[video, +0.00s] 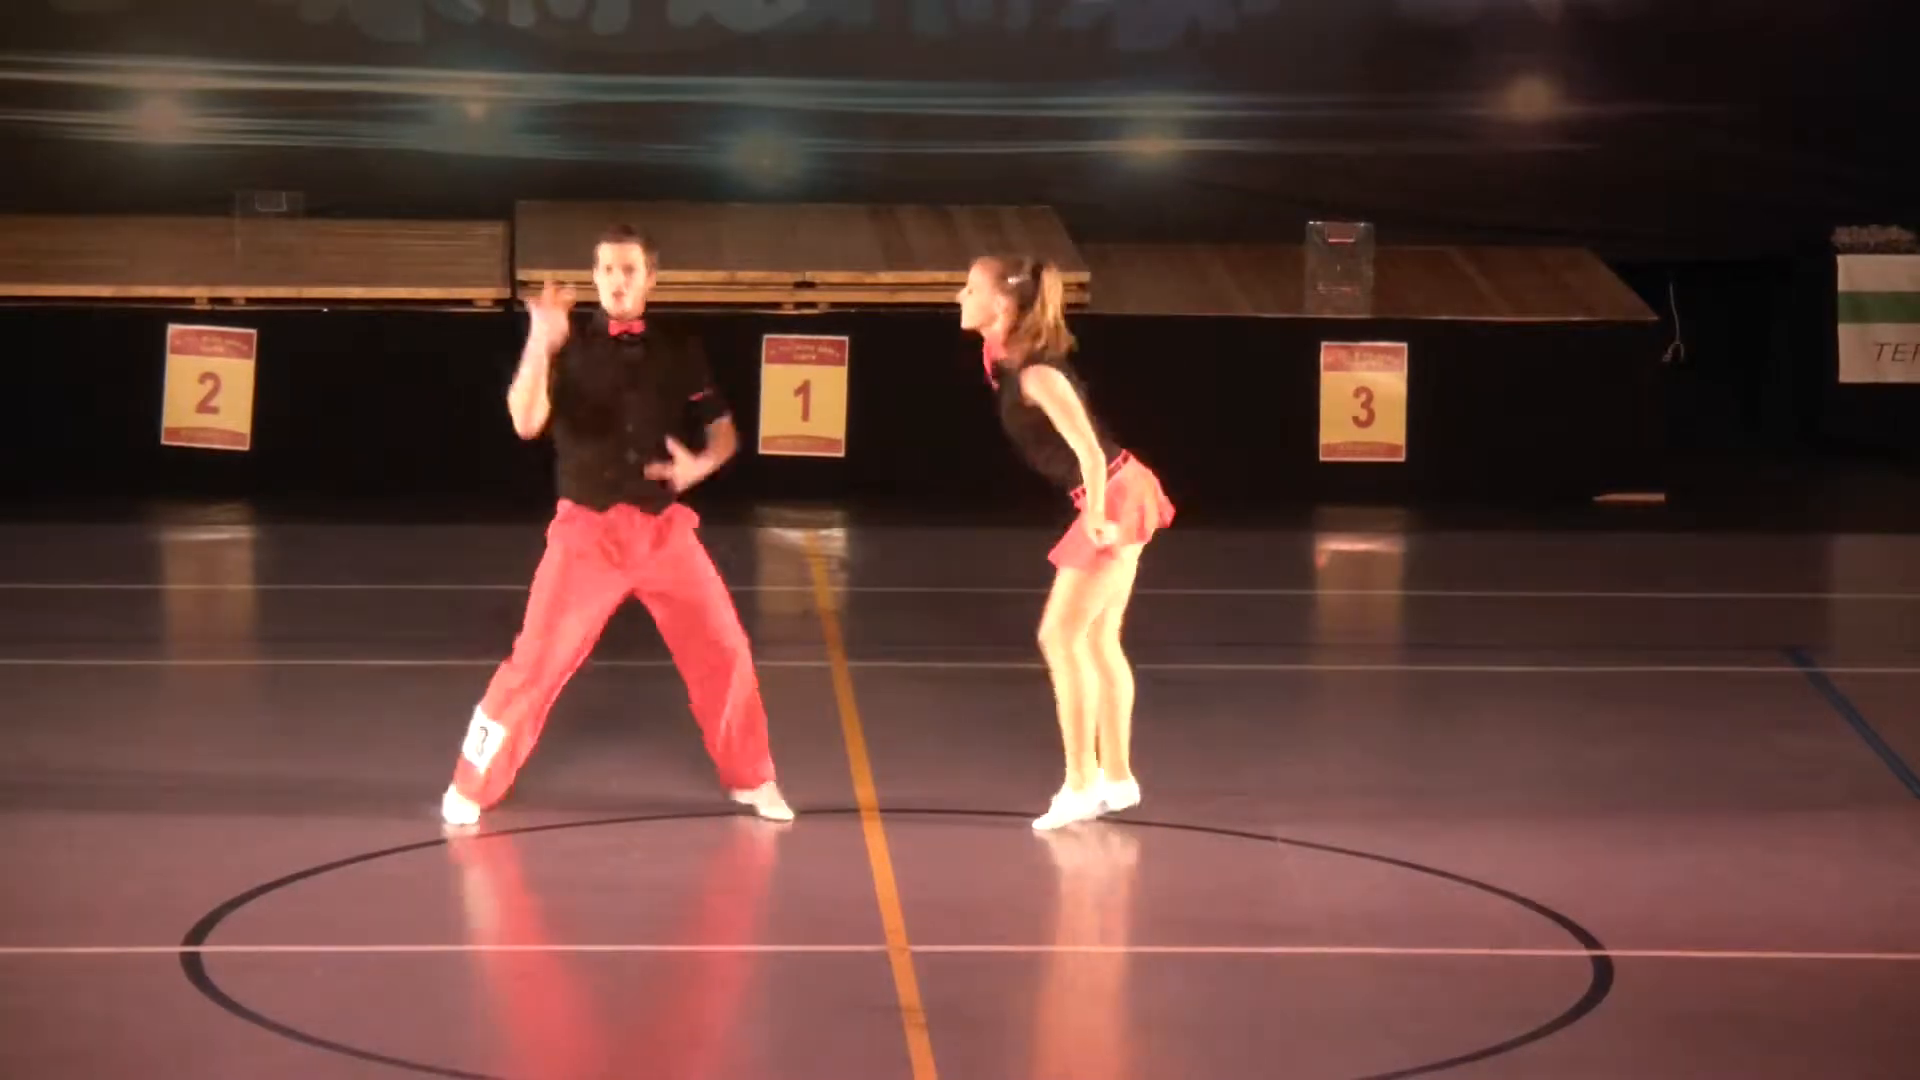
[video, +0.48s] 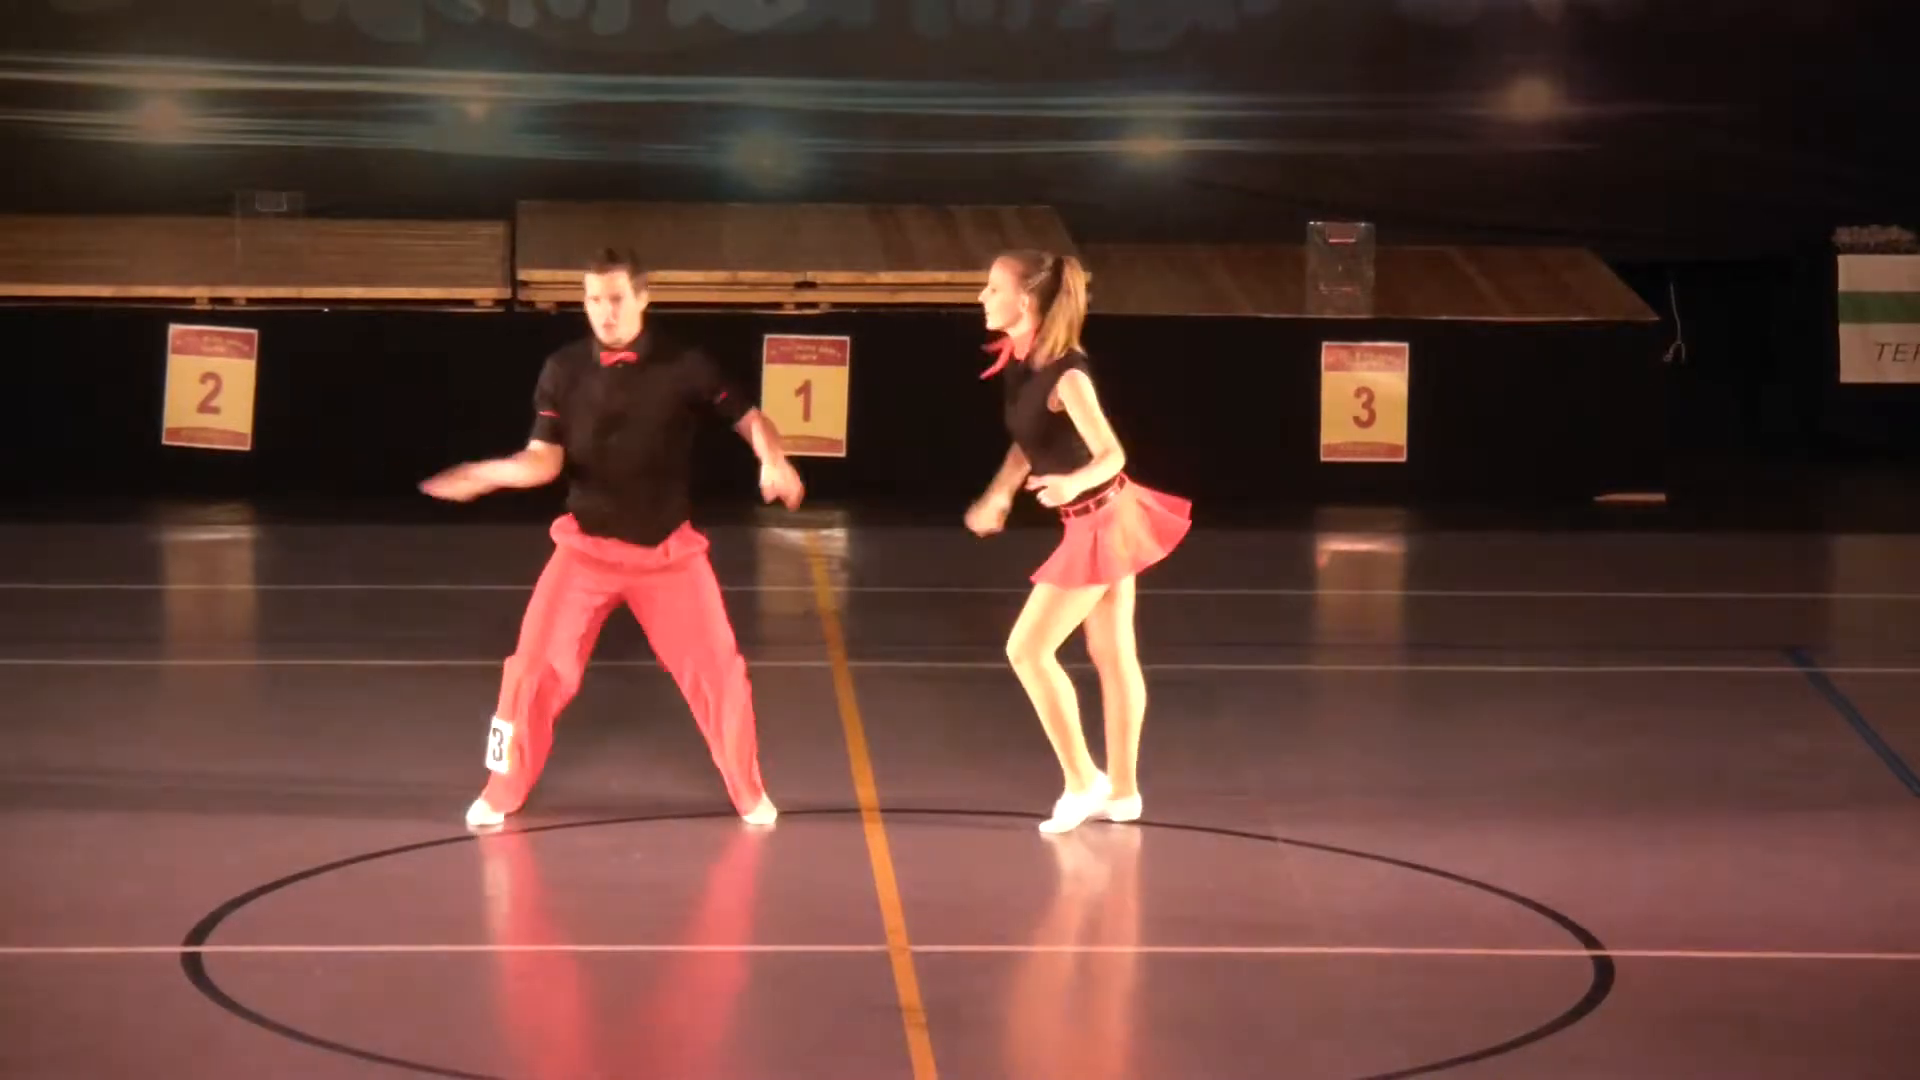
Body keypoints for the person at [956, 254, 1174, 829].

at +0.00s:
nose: (961, 299)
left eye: (971, 290)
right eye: (965, 289)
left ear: (1005, 302)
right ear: (1001, 302)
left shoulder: (1038, 375)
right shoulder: (1017, 364)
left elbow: (1091, 449)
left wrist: (1094, 518)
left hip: (1112, 503)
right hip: (1122, 498)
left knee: (1058, 635)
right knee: (1102, 639)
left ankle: (1082, 780)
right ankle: (1118, 776)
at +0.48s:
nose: (982, 298)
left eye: (994, 288)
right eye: (985, 287)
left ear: (1030, 301)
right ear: (1025, 303)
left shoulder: (1068, 376)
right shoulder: (1023, 368)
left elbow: (1111, 455)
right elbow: (1026, 445)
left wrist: (1070, 484)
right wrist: (998, 496)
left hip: (1103, 527)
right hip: (1100, 523)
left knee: (1028, 650)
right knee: (1115, 656)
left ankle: (1083, 780)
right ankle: (1124, 790)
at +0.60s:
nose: (1009, 272)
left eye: (1019, 262)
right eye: (1011, 261)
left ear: (1054, 268)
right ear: (1043, 269)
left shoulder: (1069, 338)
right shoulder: (1039, 330)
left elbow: (1124, 392)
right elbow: (1029, 389)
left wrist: (1062, 456)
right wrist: (986, 431)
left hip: (1093, 490)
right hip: (1076, 491)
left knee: (1044, 636)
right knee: (1056, 634)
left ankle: (1089, 772)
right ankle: (1094, 765)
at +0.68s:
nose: (1062, 277)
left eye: (1078, 270)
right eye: (1058, 262)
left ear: (1098, 280)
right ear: (1043, 259)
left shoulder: (1081, 337)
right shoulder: (1044, 328)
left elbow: (1126, 398)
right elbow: (1045, 402)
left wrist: (1077, 466)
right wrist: (1012, 444)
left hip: (1078, 498)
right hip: (1052, 495)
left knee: (1072, 637)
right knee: (1007, 618)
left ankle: (1084, 773)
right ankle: (1062, 760)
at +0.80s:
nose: (1092, 309)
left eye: (1107, 301)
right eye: (1087, 292)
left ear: (1120, 309)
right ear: (1070, 287)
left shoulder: (1096, 366)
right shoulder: (1064, 345)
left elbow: (1140, 445)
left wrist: (1082, 504)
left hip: (1067, 526)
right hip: (1046, 521)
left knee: (1075, 664)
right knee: (973, 623)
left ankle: (1096, 798)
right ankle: (1027, 748)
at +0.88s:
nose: (1096, 315)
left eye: (1111, 308)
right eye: (1091, 299)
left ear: (1124, 314)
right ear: (1073, 289)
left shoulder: (1102, 368)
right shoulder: (1067, 345)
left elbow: (1147, 450)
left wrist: (1085, 507)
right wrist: (1040, 485)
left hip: (1069, 525)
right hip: (1039, 521)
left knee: (1079, 665)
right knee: (970, 627)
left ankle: (1096, 797)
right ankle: (1030, 748)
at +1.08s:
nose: (1093, 309)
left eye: (1107, 302)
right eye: (1086, 294)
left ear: (1123, 309)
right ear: (1069, 290)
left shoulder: (1109, 368)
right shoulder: (1063, 348)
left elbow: (1162, 447)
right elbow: (1035, 404)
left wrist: (1094, 492)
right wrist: (1000, 430)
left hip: (1079, 527)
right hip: (1041, 525)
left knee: (1085, 662)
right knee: (968, 624)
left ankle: (1098, 799)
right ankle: (1031, 746)